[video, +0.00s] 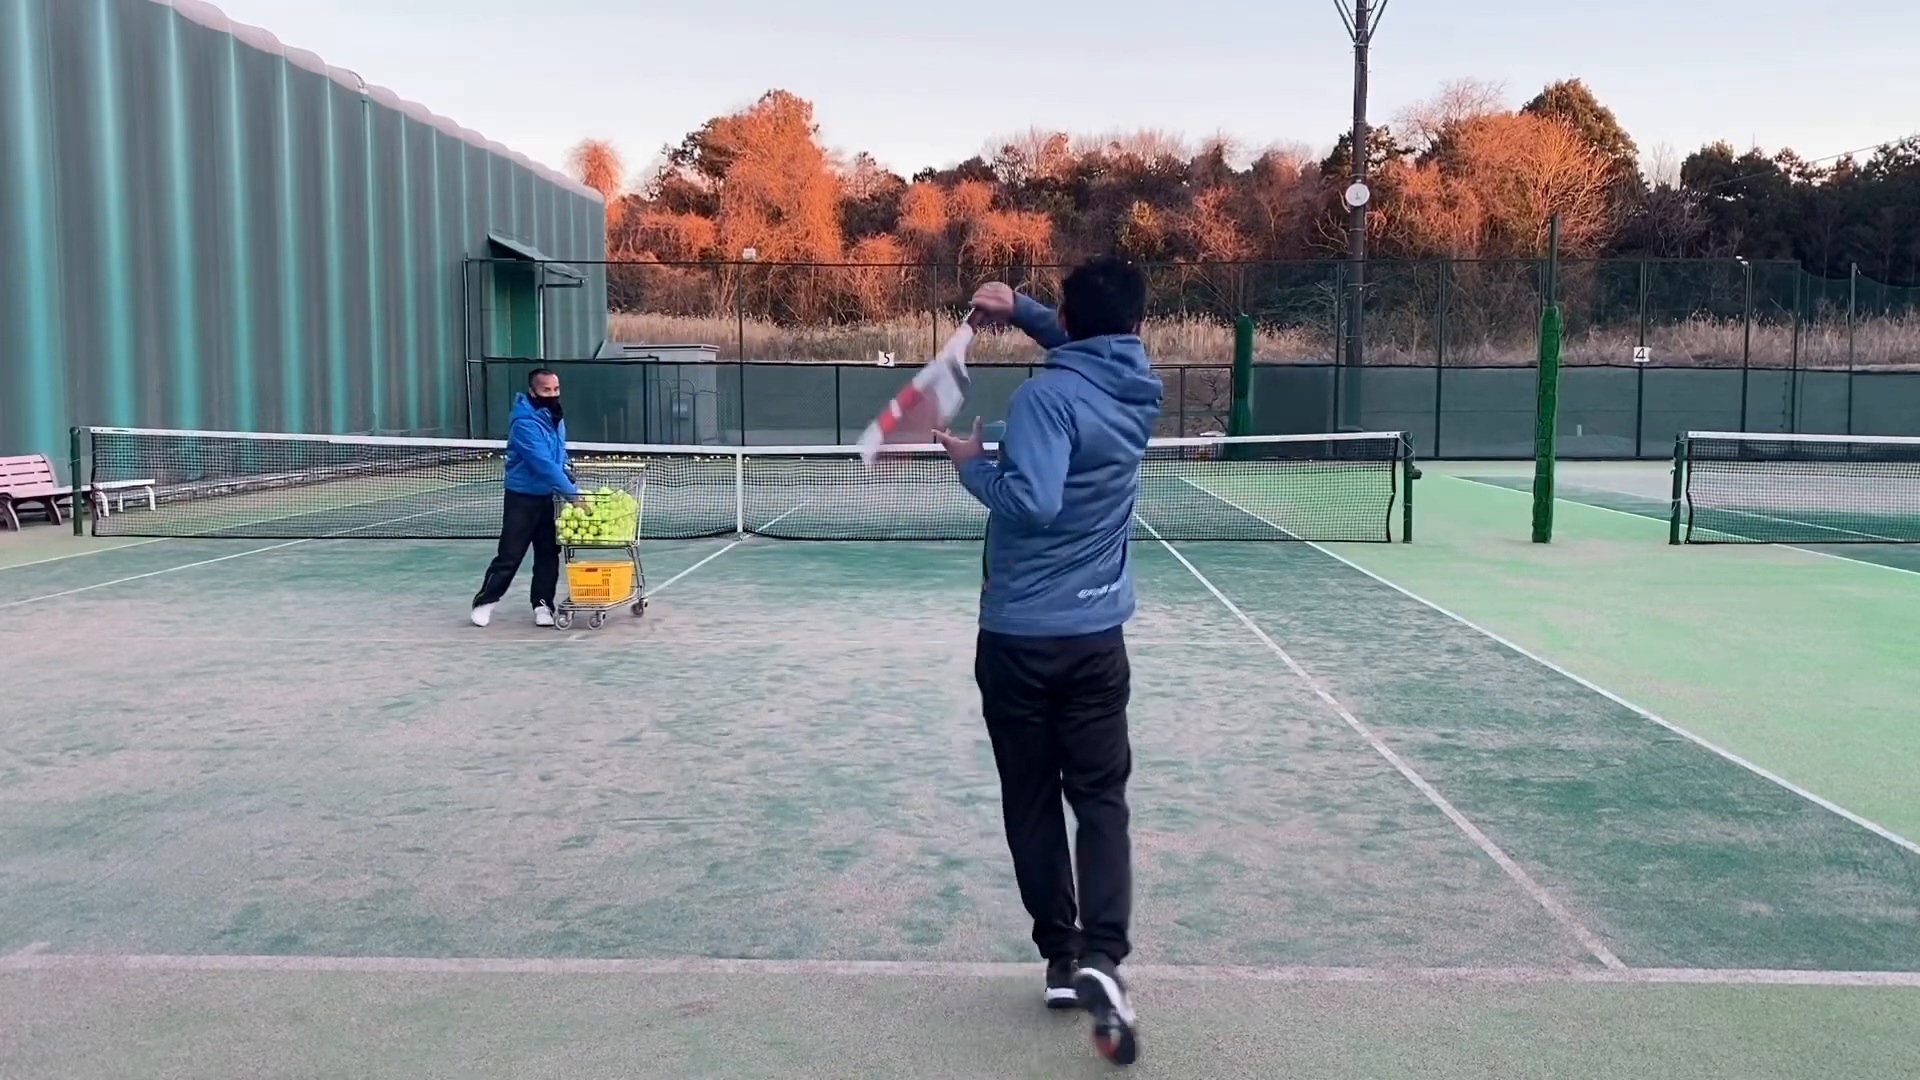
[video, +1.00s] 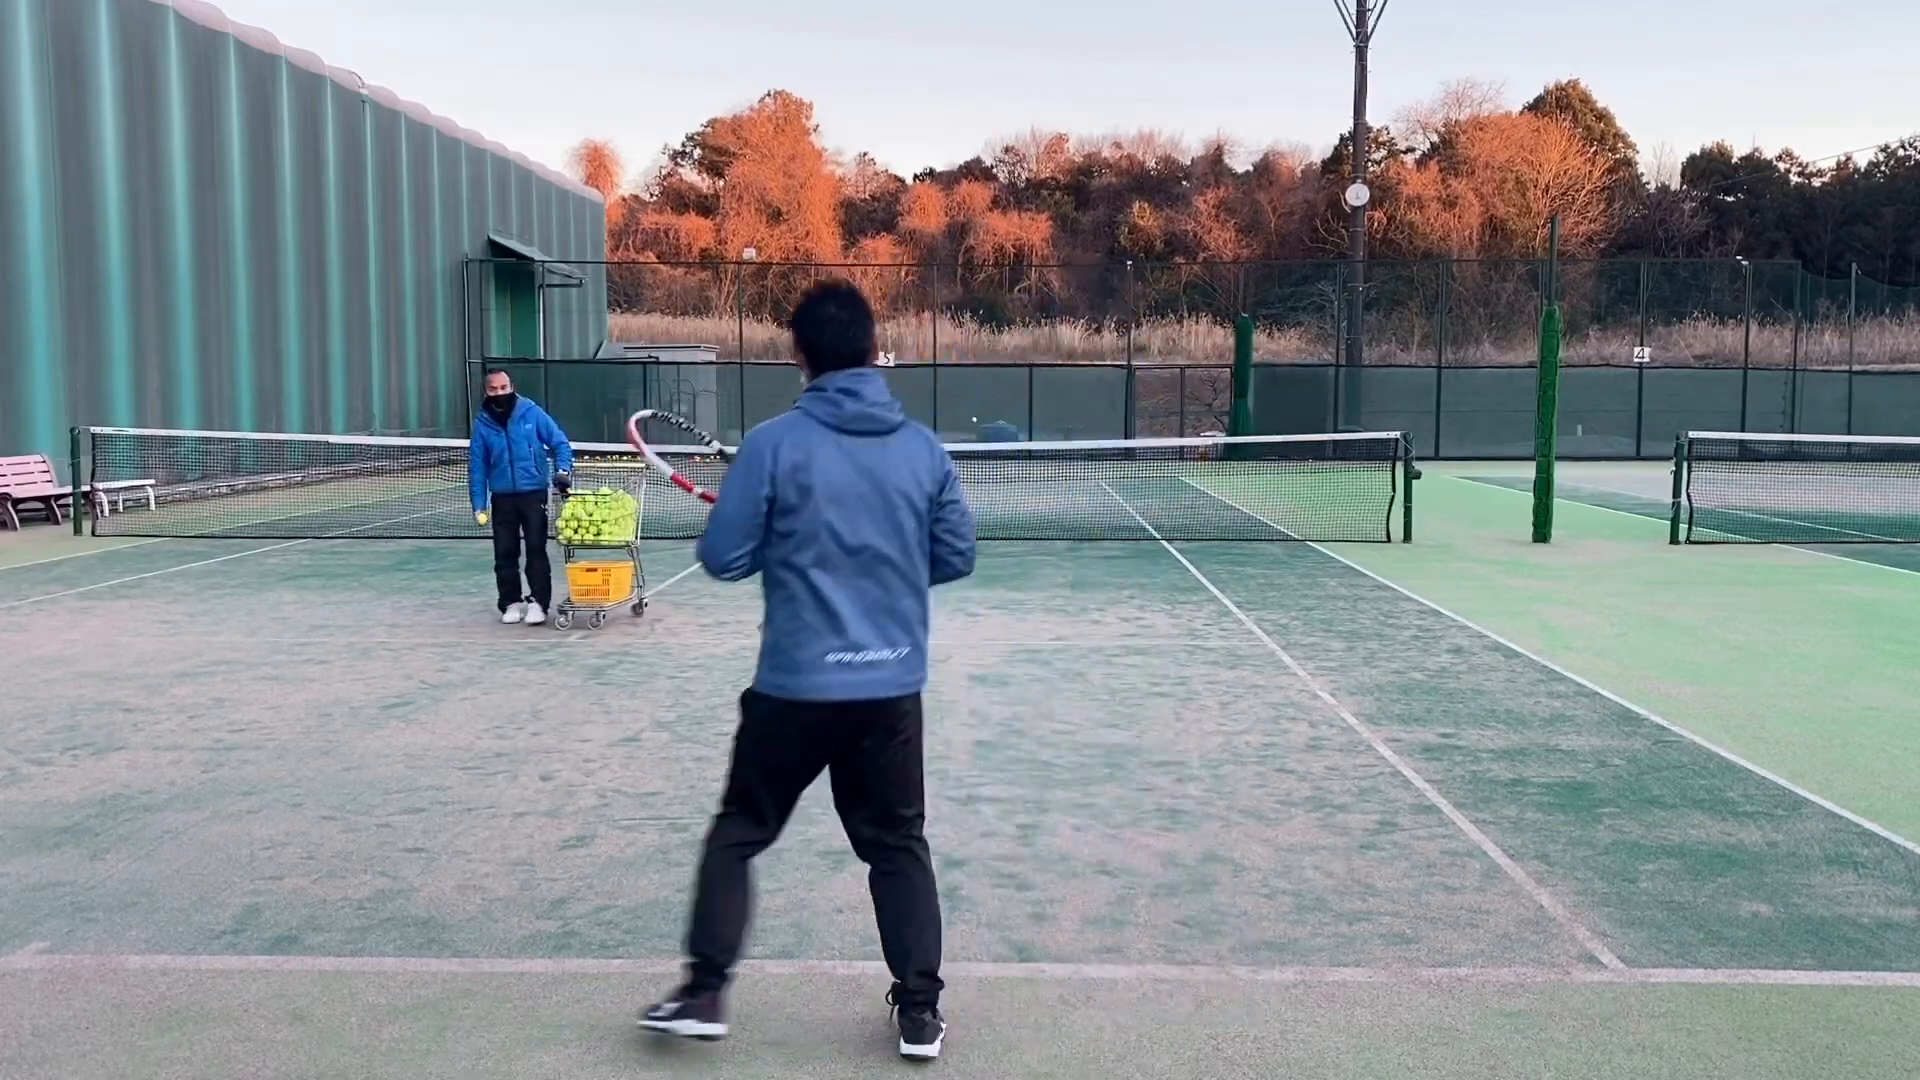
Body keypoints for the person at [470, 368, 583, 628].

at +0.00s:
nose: (553, 393)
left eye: (556, 389)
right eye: (547, 389)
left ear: (558, 389)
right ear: (533, 391)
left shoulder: (554, 416)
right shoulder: (524, 422)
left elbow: (559, 449)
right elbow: (542, 463)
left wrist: (564, 466)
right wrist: (572, 494)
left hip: (547, 494)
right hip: (521, 495)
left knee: (548, 553)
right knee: (510, 554)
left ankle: (542, 605)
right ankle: (485, 603)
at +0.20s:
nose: (549, 392)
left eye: (552, 387)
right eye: (543, 388)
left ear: (556, 388)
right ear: (530, 389)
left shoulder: (557, 416)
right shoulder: (519, 420)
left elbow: (561, 452)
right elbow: (529, 463)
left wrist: (567, 475)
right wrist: (568, 484)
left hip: (547, 494)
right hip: (520, 495)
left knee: (549, 553)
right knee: (514, 554)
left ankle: (543, 604)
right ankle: (498, 602)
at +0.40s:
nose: (537, 390)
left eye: (540, 385)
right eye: (531, 386)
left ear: (545, 386)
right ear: (519, 388)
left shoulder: (554, 416)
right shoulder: (508, 419)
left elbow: (566, 452)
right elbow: (509, 464)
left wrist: (566, 471)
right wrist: (543, 471)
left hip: (547, 496)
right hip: (517, 497)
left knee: (548, 553)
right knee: (516, 553)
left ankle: (543, 605)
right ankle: (513, 603)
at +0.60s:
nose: (520, 390)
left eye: (524, 385)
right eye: (514, 386)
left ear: (530, 386)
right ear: (505, 388)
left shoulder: (547, 415)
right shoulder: (495, 420)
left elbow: (564, 450)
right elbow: (493, 459)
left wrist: (564, 470)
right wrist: (510, 474)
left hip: (543, 495)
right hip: (510, 497)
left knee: (544, 553)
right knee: (511, 553)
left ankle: (543, 605)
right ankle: (511, 604)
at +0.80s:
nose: (508, 391)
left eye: (512, 386)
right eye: (502, 387)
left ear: (519, 386)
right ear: (494, 389)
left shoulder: (539, 414)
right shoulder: (487, 421)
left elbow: (562, 448)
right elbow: (481, 461)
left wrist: (564, 472)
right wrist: (491, 491)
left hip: (536, 495)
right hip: (503, 497)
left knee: (539, 551)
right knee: (506, 554)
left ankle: (541, 604)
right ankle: (511, 604)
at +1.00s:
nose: (498, 393)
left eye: (503, 387)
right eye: (493, 389)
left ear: (511, 388)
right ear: (486, 391)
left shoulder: (531, 412)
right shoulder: (482, 423)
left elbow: (560, 443)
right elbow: (477, 465)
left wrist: (562, 472)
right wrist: (479, 503)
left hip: (533, 494)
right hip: (501, 497)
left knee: (535, 550)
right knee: (505, 553)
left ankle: (538, 603)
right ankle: (512, 604)